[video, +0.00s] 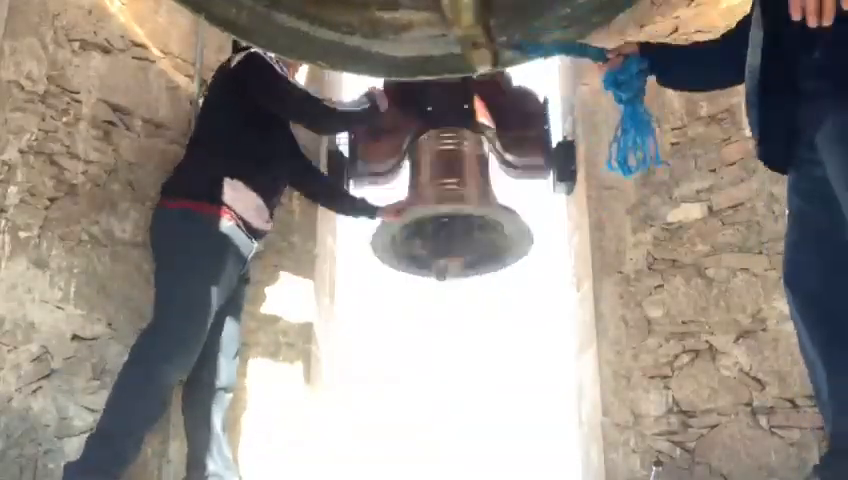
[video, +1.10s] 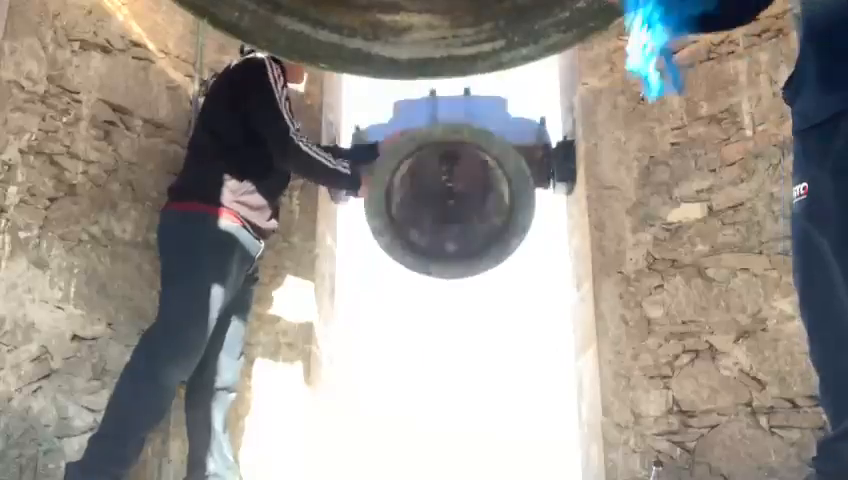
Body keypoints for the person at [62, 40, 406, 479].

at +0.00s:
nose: (299, 67)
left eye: (301, 63)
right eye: (296, 57)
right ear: (278, 51)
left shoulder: (269, 121)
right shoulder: (251, 67)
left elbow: (311, 180)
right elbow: (319, 117)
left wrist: (375, 212)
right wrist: (375, 109)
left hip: (235, 244)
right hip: (203, 222)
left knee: (216, 378)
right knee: (170, 351)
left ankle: (213, 473)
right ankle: (93, 471)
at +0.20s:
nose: (296, 57)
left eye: (300, 50)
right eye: (291, 48)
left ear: (285, 60)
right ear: (272, 47)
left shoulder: (275, 110)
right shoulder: (244, 73)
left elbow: (303, 178)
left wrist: (353, 234)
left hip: (237, 241)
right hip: (204, 224)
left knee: (215, 383)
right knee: (163, 360)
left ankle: (213, 472)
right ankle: (93, 471)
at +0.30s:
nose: (308, 73)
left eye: (311, 67)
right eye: (304, 63)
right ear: (282, 47)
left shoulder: (273, 111)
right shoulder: (240, 64)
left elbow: (281, 186)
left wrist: (309, 254)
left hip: (237, 242)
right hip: (205, 221)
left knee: (215, 380)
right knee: (170, 354)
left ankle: (213, 472)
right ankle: (97, 470)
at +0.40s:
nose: (298, 73)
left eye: (303, 66)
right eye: (296, 60)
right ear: (274, 49)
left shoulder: (268, 105)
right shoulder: (244, 71)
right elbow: (297, 126)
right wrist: (365, 116)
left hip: (239, 242)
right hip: (207, 223)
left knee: (218, 383)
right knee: (171, 352)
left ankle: (216, 473)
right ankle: (101, 469)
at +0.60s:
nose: (291, 64)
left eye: (294, 58)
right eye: (288, 54)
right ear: (268, 47)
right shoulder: (250, 72)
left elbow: (260, 181)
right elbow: (311, 130)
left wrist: (299, 196)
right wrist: (373, 190)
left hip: (239, 242)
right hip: (206, 224)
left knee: (216, 383)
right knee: (162, 354)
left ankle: (215, 473)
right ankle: (96, 470)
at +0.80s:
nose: (288, 57)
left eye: (293, 49)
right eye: (285, 45)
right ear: (265, 38)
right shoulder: (245, 66)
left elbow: (274, 181)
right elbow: (295, 140)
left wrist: (313, 124)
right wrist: (357, 199)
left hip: (241, 241)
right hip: (208, 225)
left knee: (217, 380)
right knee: (174, 352)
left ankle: (215, 472)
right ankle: (96, 470)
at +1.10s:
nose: (313, 66)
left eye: (316, 57)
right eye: (311, 55)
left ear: (287, 52)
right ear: (288, 46)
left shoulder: (277, 96)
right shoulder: (256, 70)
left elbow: (311, 152)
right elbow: (288, 147)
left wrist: (379, 151)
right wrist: (356, 181)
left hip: (243, 244)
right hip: (208, 228)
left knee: (219, 383)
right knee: (174, 354)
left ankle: (215, 472)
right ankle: (97, 469)